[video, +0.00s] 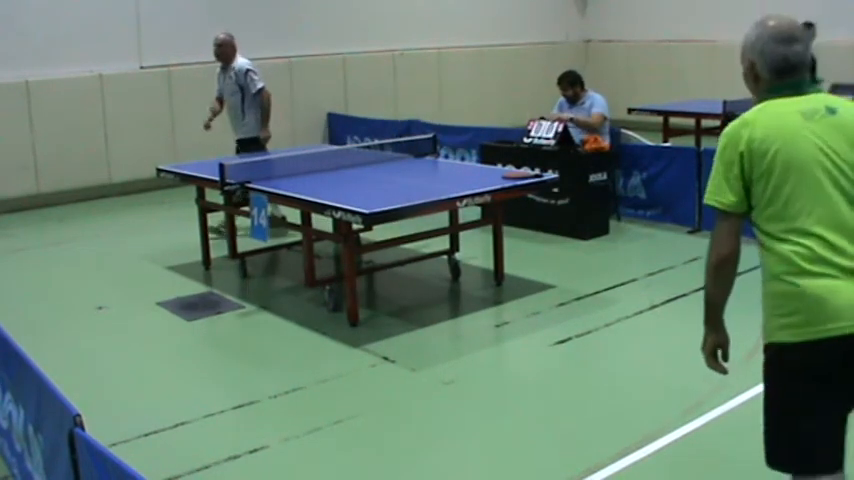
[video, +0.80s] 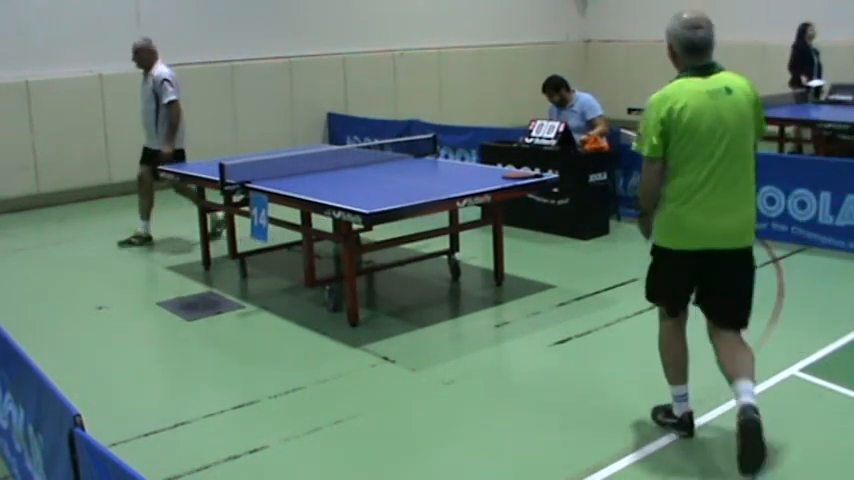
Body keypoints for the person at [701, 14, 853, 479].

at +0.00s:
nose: (743, 76)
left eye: (744, 68)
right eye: (744, 67)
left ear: (753, 72)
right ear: (810, 64)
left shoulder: (745, 132)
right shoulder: (848, 113)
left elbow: (724, 251)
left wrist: (714, 324)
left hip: (804, 323)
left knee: (816, 468)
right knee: (822, 464)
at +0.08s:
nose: (740, 77)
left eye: (740, 70)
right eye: (740, 70)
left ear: (749, 76)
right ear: (803, 69)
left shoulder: (741, 133)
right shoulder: (843, 123)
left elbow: (719, 246)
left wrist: (705, 315)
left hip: (787, 323)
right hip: (847, 316)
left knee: (797, 452)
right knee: (807, 438)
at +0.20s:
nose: (734, 69)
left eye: (735, 63)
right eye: (734, 62)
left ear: (743, 68)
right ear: (794, 66)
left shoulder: (731, 125)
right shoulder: (835, 122)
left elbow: (720, 220)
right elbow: (848, 200)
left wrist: (701, 296)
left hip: (773, 304)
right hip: (838, 298)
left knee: (751, 427)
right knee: (781, 404)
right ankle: (772, 475)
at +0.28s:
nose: (726, 58)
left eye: (727, 51)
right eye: (728, 51)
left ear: (738, 55)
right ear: (783, 53)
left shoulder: (724, 110)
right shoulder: (824, 109)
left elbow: (719, 197)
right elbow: (849, 192)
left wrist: (708, 283)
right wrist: (842, 253)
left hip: (762, 284)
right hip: (827, 280)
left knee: (727, 387)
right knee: (775, 382)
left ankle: (759, 471)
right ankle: (775, 477)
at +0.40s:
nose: (713, 42)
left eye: (714, 36)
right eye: (716, 34)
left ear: (722, 40)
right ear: (767, 38)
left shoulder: (715, 93)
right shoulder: (807, 89)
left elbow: (720, 172)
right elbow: (843, 167)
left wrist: (714, 257)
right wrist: (814, 216)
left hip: (744, 260)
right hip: (807, 259)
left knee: (708, 348)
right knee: (779, 376)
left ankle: (725, 464)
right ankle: (777, 477)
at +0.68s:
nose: (679, 56)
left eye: (680, 50)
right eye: (681, 49)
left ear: (686, 55)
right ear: (728, 52)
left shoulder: (676, 112)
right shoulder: (761, 101)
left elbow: (668, 196)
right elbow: (780, 173)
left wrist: (664, 262)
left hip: (698, 255)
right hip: (759, 253)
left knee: (682, 327)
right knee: (756, 360)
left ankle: (681, 410)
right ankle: (773, 467)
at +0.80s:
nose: (668, 53)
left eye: (668, 47)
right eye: (672, 46)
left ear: (672, 51)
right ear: (712, 47)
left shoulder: (665, 102)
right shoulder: (744, 90)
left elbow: (652, 179)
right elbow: (751, 154)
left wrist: (646, 216)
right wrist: (737, 206)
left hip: (679, 237)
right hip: (734, 236)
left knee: (671, 317)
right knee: (727, 325)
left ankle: (681, 410)